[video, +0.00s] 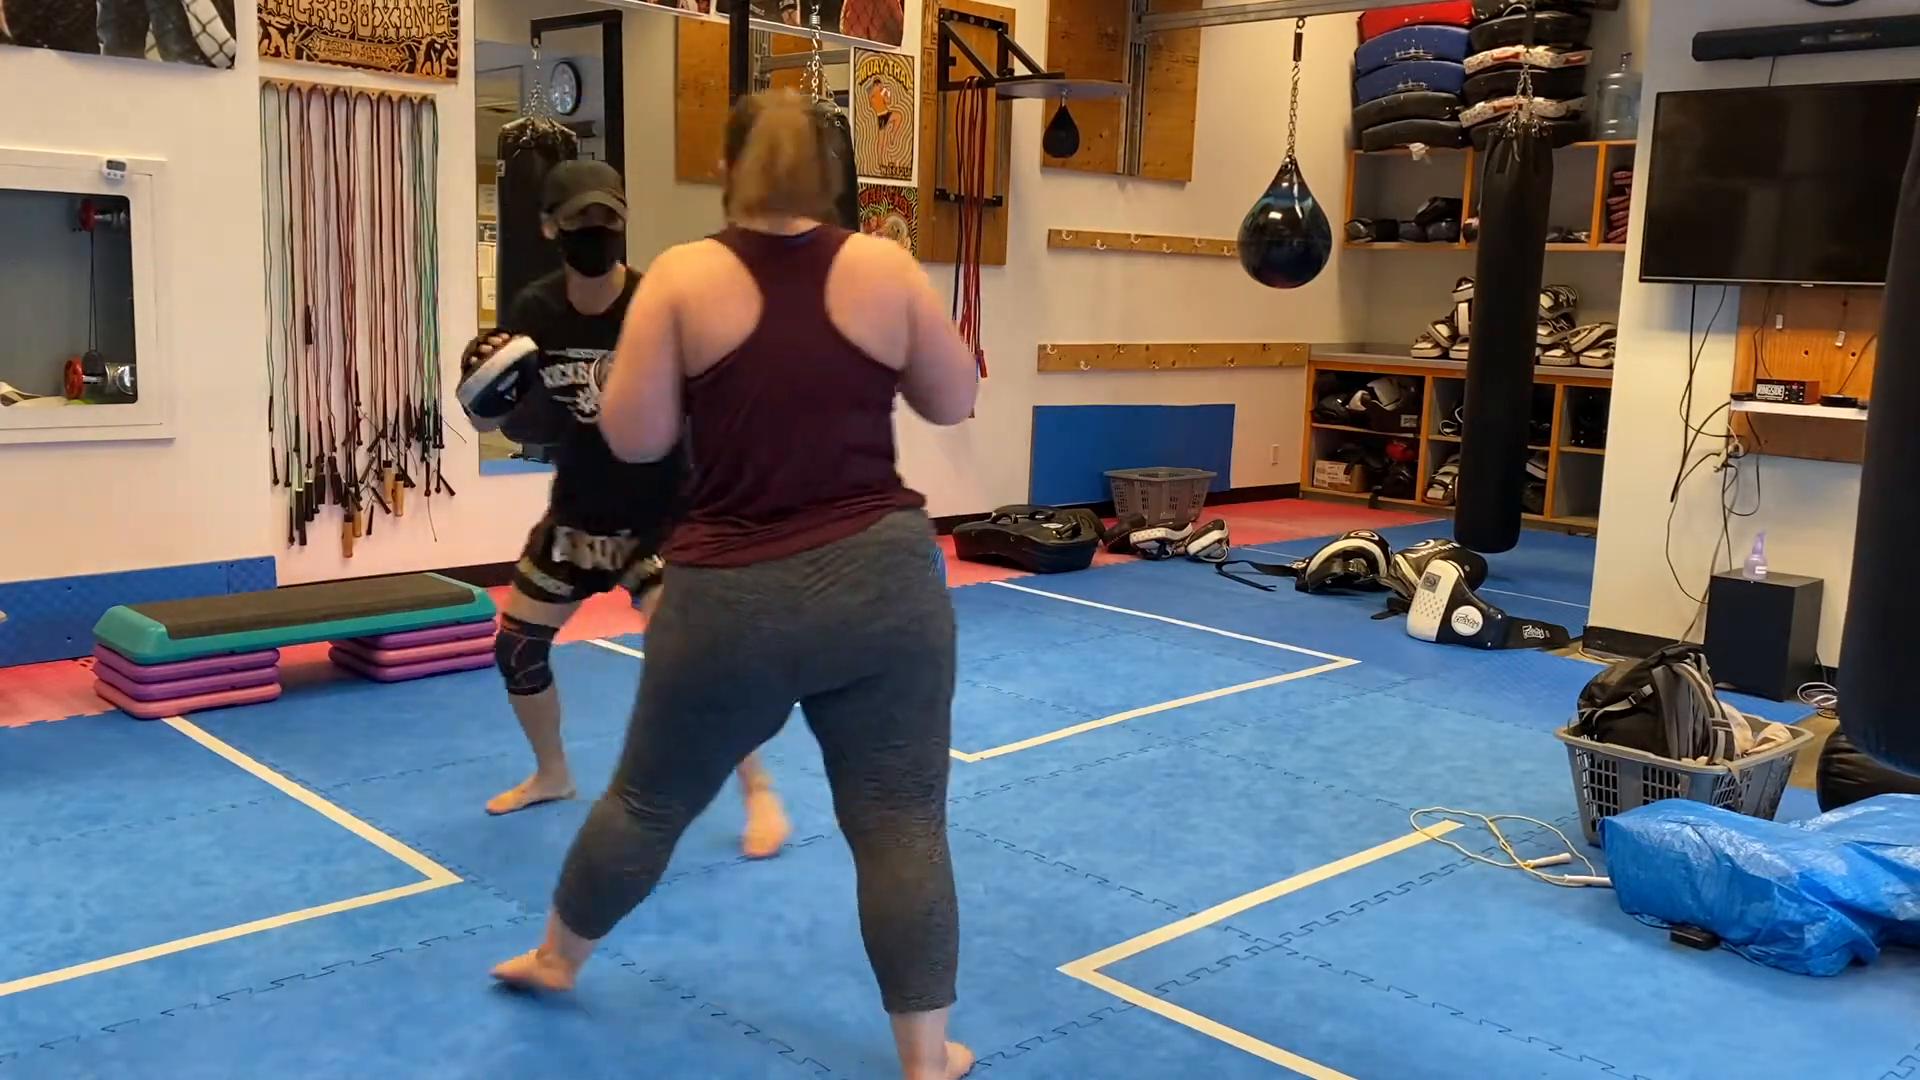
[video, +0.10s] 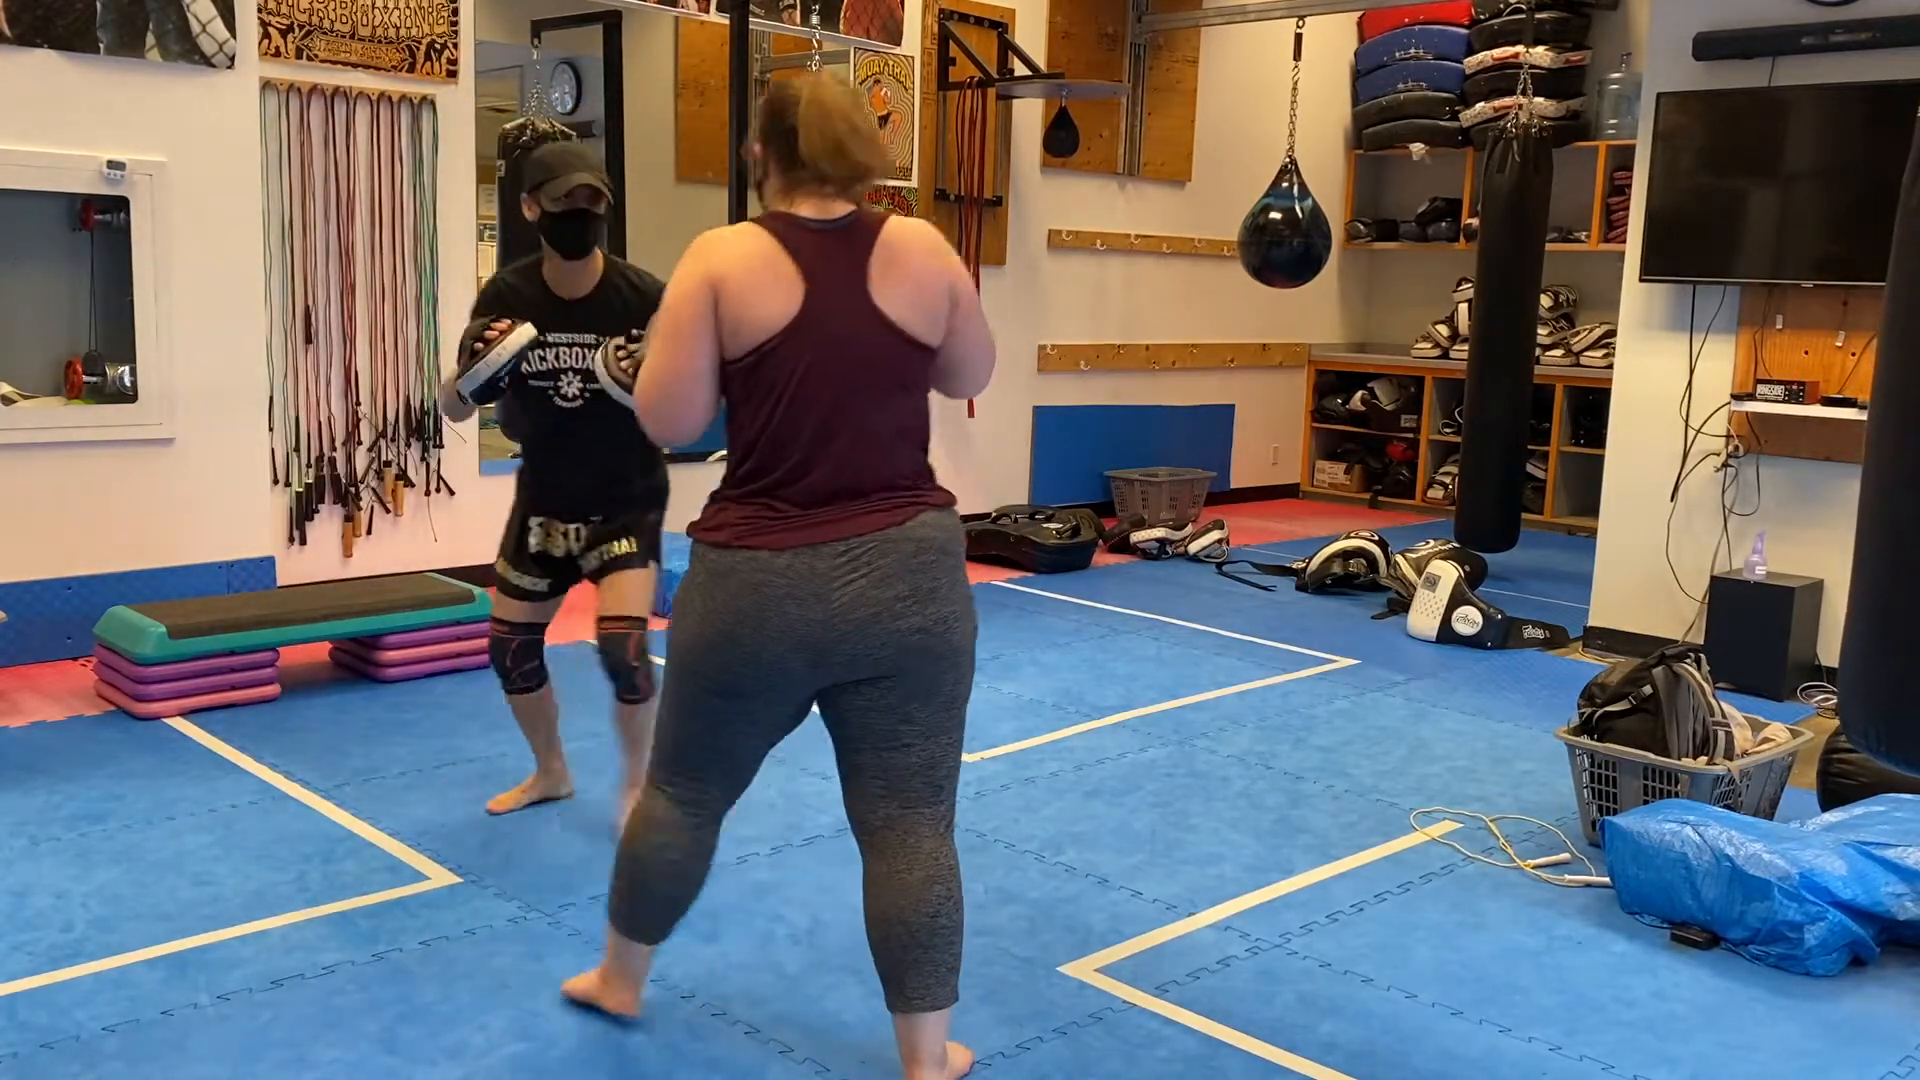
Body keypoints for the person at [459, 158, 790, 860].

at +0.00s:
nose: (597, 230)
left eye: (607, 216)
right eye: (581, 218)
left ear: (624, 220)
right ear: (552, 226)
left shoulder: (660, 300)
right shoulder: (534, 309)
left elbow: (706, 393)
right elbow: (524, 422)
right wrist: (494, 396)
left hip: (668, 516)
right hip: (578, 511)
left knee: (697, 655)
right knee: (519, 650)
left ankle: (758, 787)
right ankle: (553, 774)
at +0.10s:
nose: (580, 214)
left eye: (590, 199)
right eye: (563, 202)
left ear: (608, 203)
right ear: (531, 210)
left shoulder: (646, 297)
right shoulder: (506, 295)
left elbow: (689, 405)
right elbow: (453, 403)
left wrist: (650, 386)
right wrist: (475, 374)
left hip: (628, 494)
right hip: (544, 492)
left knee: (623, 645)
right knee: (512, 647)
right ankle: (551, 772)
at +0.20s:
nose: (573, 206)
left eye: (582, 191)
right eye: (555, 194)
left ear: (597, 195)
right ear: (518, 200)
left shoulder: (636, 295)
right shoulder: (488, 288)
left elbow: (692, 395)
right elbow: (434, 400)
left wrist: (658, 378)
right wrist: (471, 370)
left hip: (603, 499)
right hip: (517, 494)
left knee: (577, 664)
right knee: (493, 650)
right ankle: (548, 755)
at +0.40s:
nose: (554, 224)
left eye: (563, 209)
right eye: (536, 211)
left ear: (578, 210)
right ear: (499, 213)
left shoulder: (609, 309)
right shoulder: (462, 302)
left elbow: (680, 383)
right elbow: (410, 418)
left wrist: (667, 428)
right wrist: (451, 385)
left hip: (570, 516)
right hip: (474, 508)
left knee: (556, 684)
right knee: (416, 660)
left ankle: (508, 798)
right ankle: (454, 772)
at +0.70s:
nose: (534, 236)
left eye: (539, 221)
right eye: (515, 225)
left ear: (548, 223)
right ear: (471, 233)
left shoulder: (570, 315)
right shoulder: (431, 323)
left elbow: (646, 371)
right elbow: (385, 441)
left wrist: (711, 416)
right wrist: (451, 405)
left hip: (543, 524)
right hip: (444, 532)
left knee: (609, 656)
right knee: (402, 698)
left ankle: (572, 806)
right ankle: (422, 811)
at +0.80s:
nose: (552, 236)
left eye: (557, 222)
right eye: (533, 224)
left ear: (564, 225)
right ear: (486, 234)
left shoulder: (582, 318)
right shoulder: (445, 324)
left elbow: (658, 369)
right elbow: (400, 446)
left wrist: (723, 405)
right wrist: (477, 405)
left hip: (554, 530)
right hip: (454, 537)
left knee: (631, 667)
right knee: (410, 707)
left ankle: (670, 833)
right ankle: (424, 811)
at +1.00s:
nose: (636, 248)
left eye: (639, 235)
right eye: (618, 237)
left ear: (642, 237)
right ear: (570, 243)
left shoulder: (658, 331)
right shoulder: (528, 332)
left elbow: (746, 373)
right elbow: (472, 448)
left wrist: (818, 376)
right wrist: (558, 408)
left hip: (617, 554)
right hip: (516, 555)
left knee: (702, 688)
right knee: (448, 723)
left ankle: (752, 852)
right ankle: (429, 813)